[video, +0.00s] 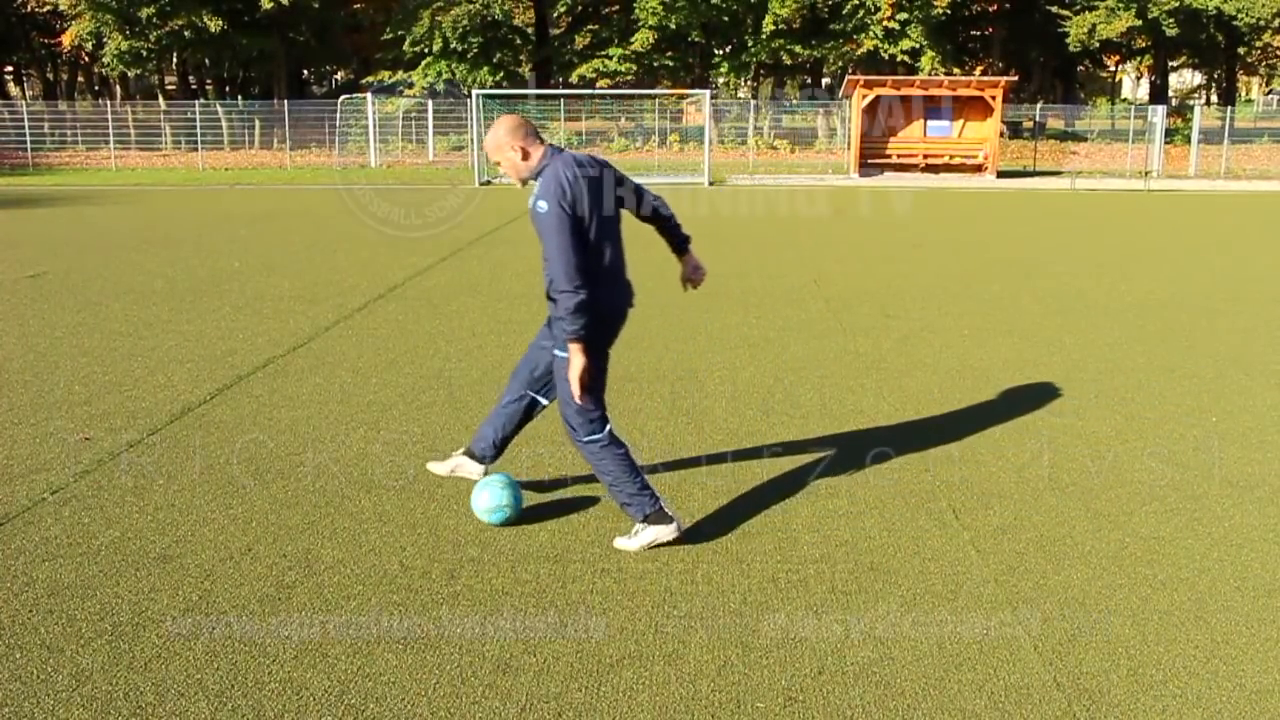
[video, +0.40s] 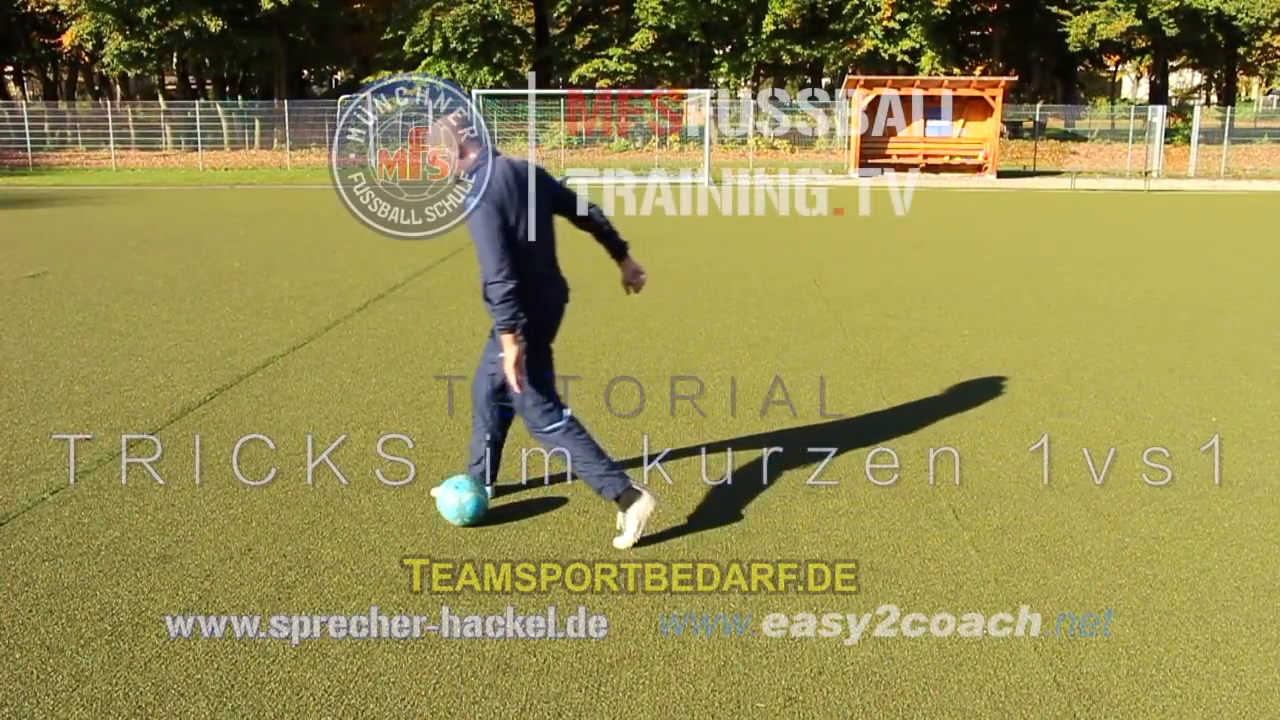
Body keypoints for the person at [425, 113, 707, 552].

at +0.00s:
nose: (502, 173)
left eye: (501, 163)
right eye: (498, 165)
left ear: (523, 151)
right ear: (530, 146)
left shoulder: (547, 193)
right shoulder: (592, 166)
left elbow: (565, 278)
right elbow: (649, 204)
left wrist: (576, 348)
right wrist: (685, 253)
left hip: (582, 316)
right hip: (608, 303)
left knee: (586, 426)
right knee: (529, 380)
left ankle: (654, 517)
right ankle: (476, 457)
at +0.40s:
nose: (439, 167)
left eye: (440, 157)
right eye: (437, 157)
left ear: (460, 150)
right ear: (472, 142)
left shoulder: (481, 193)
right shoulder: (522, 171)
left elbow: (498, 272)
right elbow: (582, 209)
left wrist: (509, 337)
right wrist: (624, 258)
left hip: (522, 315)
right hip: (548, 301)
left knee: (544, 417)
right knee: (488, 384)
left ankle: (629, 497)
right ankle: (477, 485)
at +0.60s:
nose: (412, 176)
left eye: (415, 166)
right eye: (410, 166)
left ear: (435, 165)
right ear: (458, 155)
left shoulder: (447, 206)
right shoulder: (497, 181)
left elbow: (468, 278)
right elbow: (554, 218)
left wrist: (482, 342)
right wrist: (590, 265)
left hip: (500, 311)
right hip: (531, 301)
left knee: (490, 419)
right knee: (466, 379)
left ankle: (586, 478)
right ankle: (476, 479)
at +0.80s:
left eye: (391, 182)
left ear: (405, 187)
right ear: (438, 169)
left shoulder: (427, 221)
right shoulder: (471, 193)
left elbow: (451, 283)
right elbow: (528, 223)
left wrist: (465, 343)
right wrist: (555, 269)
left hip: (486, 312)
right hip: (515, 300)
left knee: (445, 409)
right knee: (468, 396)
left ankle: (530, 468)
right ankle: (477, 479)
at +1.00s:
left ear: (388, 194)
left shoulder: (406, 224)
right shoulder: (445, 199)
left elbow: (437, 282)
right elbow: (500, 225)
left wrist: (454, 345)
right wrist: (519, 274)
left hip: (470, 310)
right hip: (495, 299)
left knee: (403, 394)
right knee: (454, 390)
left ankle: (468, 475)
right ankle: (473, 476)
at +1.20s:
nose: (323, 193)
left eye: (324, 183)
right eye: (321, 184)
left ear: (344, 179)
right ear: (357, 174)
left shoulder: (380, 216)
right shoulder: (414, 190)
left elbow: (419, 282)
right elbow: (466, 226)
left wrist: (438, 344)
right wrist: (482, 275)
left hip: (439, 316)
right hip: (472, 303)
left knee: (371, 390)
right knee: (429, 391)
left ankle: (409, 485)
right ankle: (473, 480)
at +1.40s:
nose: (280, 181)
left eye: (282, 172)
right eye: (278, 173)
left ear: (307, 167)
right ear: (313, 165)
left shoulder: (340, 206)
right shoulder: (363, 181)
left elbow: (380, 280)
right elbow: (421, 216)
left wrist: (397, 346)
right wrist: (437, 272)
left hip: (399, 315)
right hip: (429, 302)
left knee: (334, 397)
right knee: (414, 386)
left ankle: (365, 506)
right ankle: (470, 477)